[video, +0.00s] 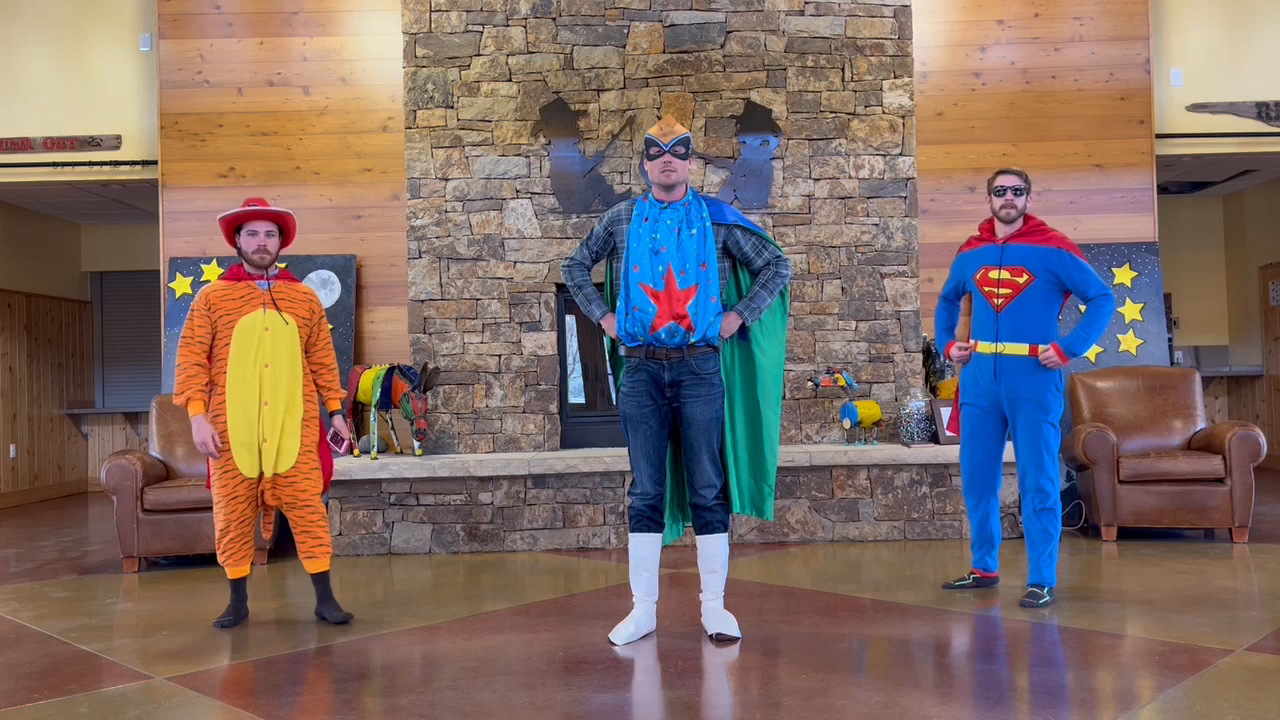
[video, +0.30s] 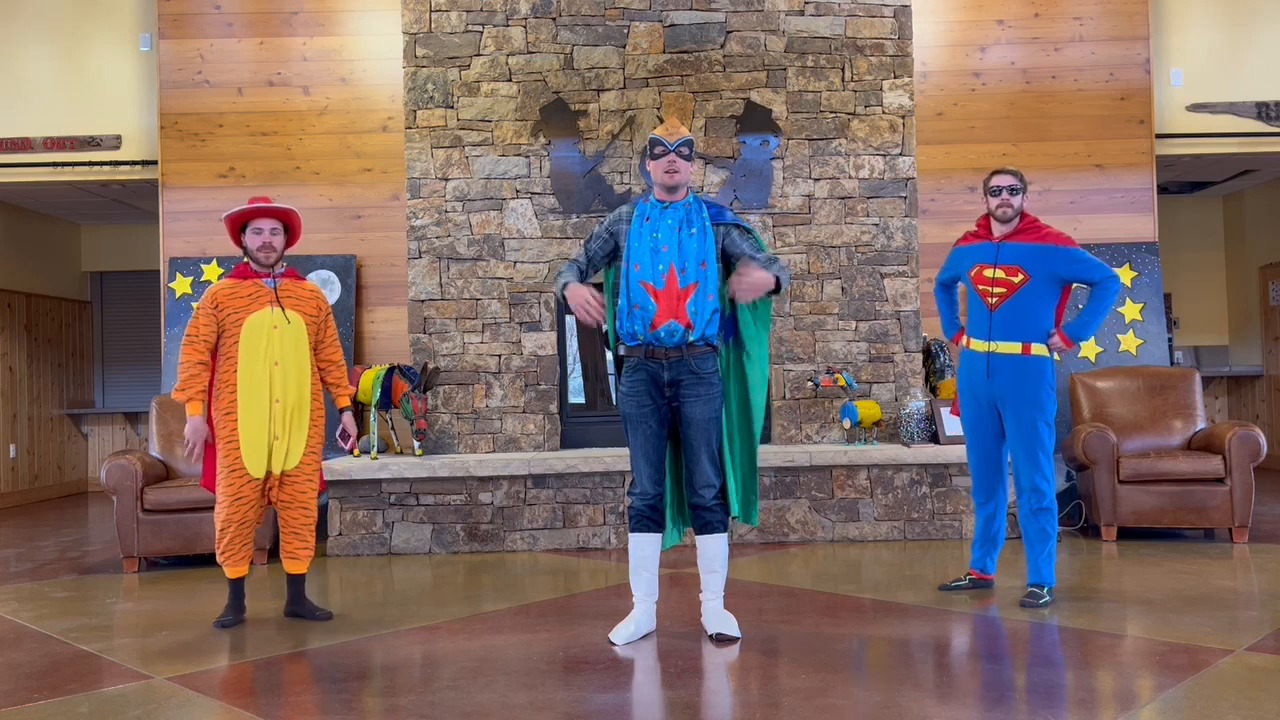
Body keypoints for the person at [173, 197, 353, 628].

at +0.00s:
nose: (261, 242)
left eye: (269, 235)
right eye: (252, 235)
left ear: (280, 243)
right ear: (237, 242)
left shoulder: (304, 298)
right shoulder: (213, 297)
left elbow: (322, 357)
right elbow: (192, 356)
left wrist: (335, 411)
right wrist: (197, 415)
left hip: (294, 423)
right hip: (233, 426)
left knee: (307, 503)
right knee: (233, 511)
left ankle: (325, 598)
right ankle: (237, 601)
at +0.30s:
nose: (266, 240)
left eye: (274, 233)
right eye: (256, 233)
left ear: (286, 241)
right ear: (243, 241)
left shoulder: (310, 295)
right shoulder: (220, 295)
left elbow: (329, 353)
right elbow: (196, 352)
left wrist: (345, 407)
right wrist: (195, 411)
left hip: (300, 420)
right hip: (240, 422)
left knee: (300, 505)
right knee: (236, 505)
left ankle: (297, 598)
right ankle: (235, 601)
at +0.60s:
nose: (266, 241)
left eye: (273, 234)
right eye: (257, 234)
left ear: (284, 243)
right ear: (241, 242)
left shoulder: (303, 298)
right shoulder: (217, 295)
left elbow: (325, 353)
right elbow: (191, 353)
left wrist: (350, 394)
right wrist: (194, 412)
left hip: (295, 424)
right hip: (236, 425)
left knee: (308, 504)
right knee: (226, 509)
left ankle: (298, 595)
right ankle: (215, 604)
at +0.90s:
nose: (269, 240)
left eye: (277, 234)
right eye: (260, 233)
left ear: (287, 243)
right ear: (244, 241)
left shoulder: (303, 300)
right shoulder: (222, 294)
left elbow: (320, 361)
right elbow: (184, 340)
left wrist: (337, 411)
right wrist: (167, 398)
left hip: (294, 423)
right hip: (237, 424)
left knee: (309, 503)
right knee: (228, 507)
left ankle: (313, 598)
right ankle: (214, 605)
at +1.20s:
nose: (265, 241)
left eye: (273, 235)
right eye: (256, 234)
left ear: (284, 244)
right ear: (241, 242)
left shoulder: (298, 301)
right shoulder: (218, 291)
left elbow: (319, 360)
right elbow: (172, 300)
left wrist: (344, 403)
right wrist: (121, 297)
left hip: (295, 422)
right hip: (238, 422)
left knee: (313, 502)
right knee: (228, 507)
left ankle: (313, 598)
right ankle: (215, 606)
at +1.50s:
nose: (256, 240)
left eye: (264, 234)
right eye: (246, 234)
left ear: (276, 243)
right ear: (232, 242)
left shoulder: (289, 298)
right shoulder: (214, 286)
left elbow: (311, 358)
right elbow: (185, 248)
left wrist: (345, 392)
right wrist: (181, 193)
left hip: (290, 420)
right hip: (235, 421)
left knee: (311, 503)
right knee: (225, 509)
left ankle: (313, 598)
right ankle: (214, 605)